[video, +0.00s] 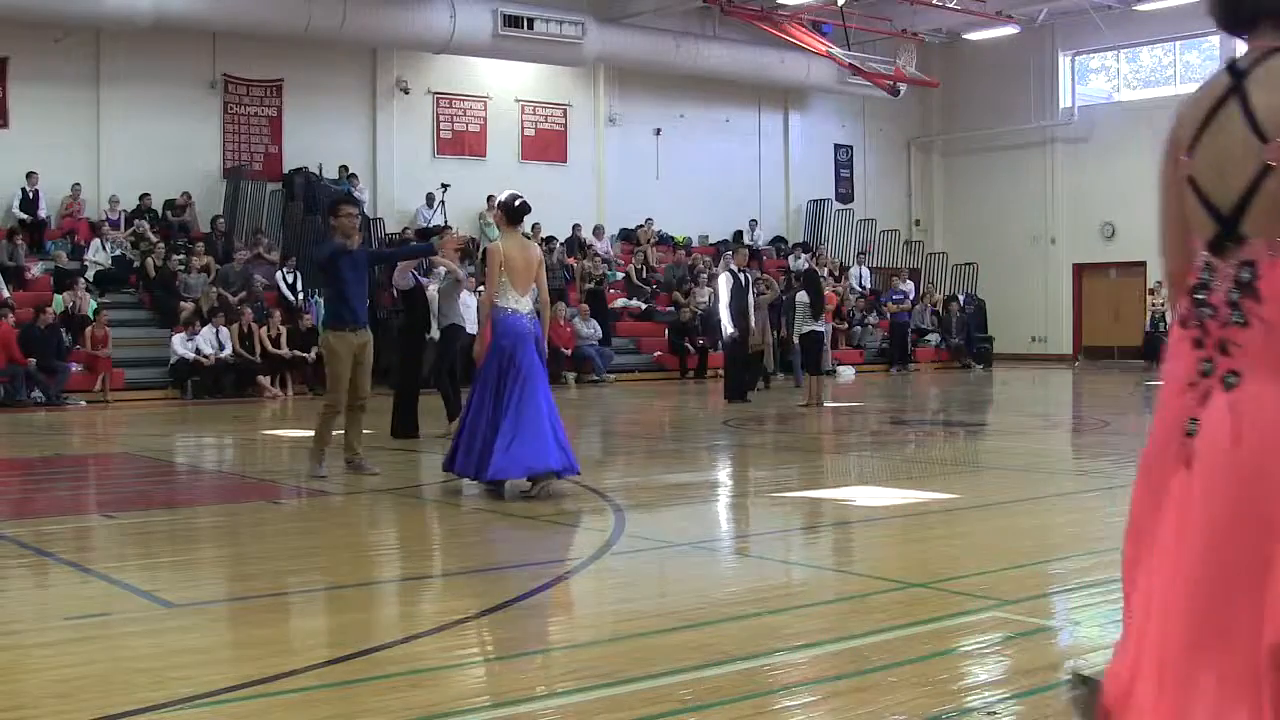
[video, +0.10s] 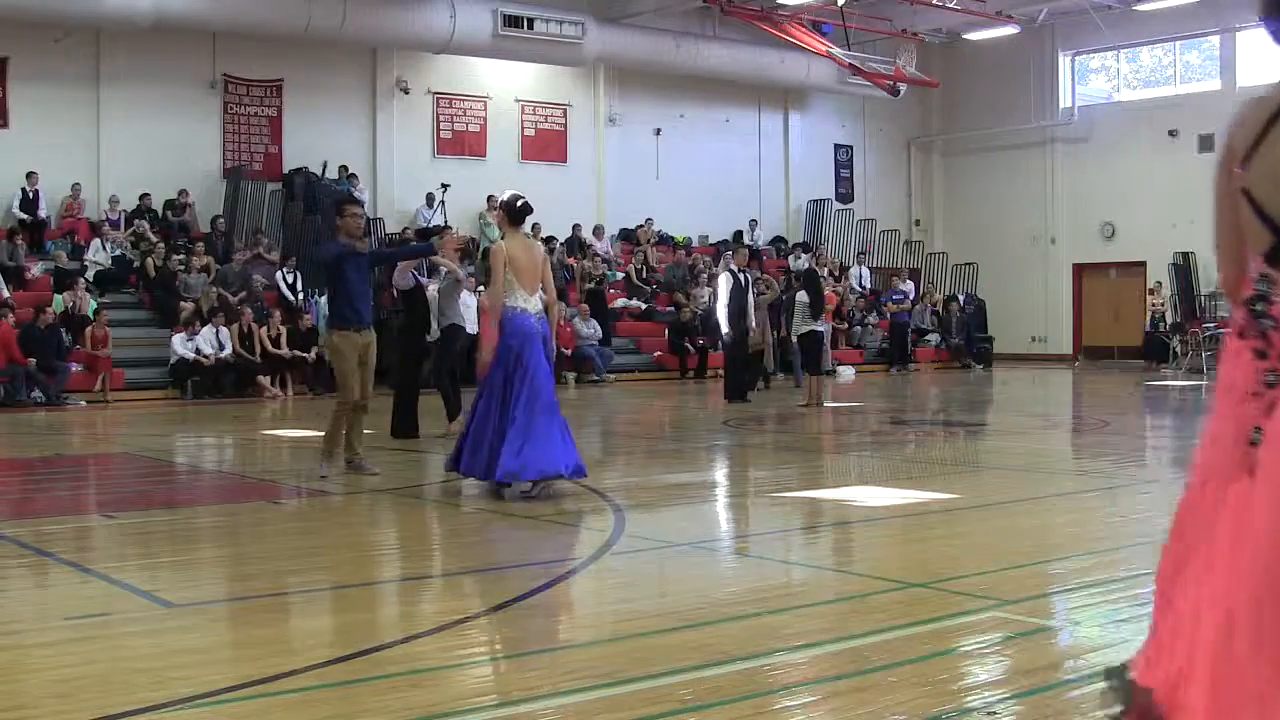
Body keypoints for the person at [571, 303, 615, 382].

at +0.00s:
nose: (587, 313)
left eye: (588, 311)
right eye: (584, 311)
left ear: (589, 311)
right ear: (580, 312)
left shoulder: (593, 321)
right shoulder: (576, 321)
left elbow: (599, 335)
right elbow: (582, 333)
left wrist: (587, 336)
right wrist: (593, 332)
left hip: (594, 344)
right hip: (583, 345)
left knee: (609, 354)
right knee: (592, 354)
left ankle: (596, 374)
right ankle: (602, 374)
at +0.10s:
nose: (587, 313)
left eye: (588, 311)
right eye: (584, 311)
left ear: (589, 311)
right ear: (580, 312)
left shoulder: (593, 321)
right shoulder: (576, 321)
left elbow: (599, 335)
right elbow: (582, 333)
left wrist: (587, 336)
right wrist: (593, 332)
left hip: (594, 344)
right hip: (583, 345)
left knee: (609, 354)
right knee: (592, 354)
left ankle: (597, 373)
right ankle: (602, 374)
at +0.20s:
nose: (587, 313)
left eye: (588, 311)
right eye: (584, 311)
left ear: (589, 311)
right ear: (580, 312)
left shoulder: (593, 321)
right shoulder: (576, 321)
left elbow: (599, 335)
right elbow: (582, 333)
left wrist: (587, 336)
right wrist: (593, 332)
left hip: (594, 344)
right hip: (583, 345)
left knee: (608, 354)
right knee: (592, 354)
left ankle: (597, 373)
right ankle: (602, 374)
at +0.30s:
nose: (587, 313)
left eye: (588, 311)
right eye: (584, 311)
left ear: (589, 311)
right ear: (580, 312)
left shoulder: (593, 321)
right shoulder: (576, 321)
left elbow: (599, 335)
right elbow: (582, 333)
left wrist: (587, 336)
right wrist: (593, 332)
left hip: (594, 344)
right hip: (583, 345)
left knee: (608, 354)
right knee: (592, 354)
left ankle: (597, 373)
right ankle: (602, 374)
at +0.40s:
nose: (586, 313)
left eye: (588, 311)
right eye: (584, 311)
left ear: (590, 312)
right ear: (580, 312)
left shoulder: (593, 321)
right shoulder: (577, 321)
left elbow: (599, 335)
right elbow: (582, 333)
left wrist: (587, 336)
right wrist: (593, 332)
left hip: (595, 345)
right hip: (584, 345)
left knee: (609, 354)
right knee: (592, 354)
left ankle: (596, 373)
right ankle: (602, 374)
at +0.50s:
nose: (586, 313)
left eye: (588, 311)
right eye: (584, 311)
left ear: (590, 312)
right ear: (580, 312)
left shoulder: (593, 321)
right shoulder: (576, 321)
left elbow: (599, 335)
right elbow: (581, 333)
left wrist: (587, 335)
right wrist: (593, 332)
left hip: (595, 345)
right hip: (584, 345)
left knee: (609, 354)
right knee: (592, 354)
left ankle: (595, 373)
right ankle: (602, 374)